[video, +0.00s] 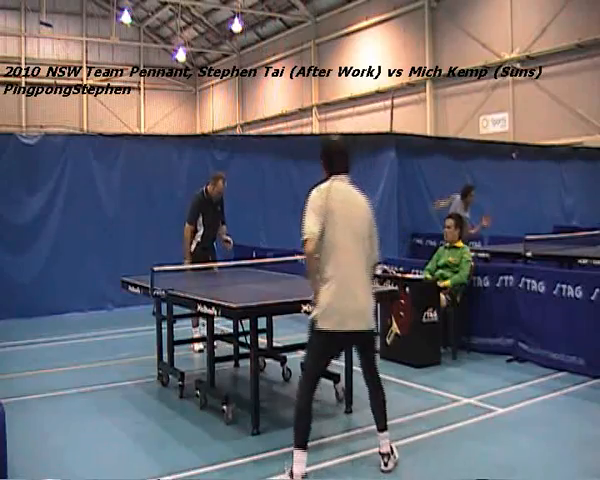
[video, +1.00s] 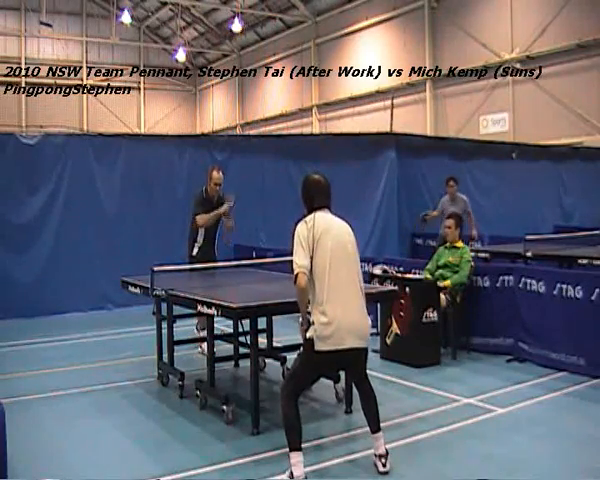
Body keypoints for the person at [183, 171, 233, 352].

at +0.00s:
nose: (220, 193)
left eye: (222, 190)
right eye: (218, 190)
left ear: (222, 189)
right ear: (210, 186)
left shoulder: (219, 199)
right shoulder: (199, 200)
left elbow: (220, 221)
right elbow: (189, 228)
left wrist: (224, 236)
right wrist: (187, 258)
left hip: (210, 247)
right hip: (196, 248)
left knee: (213, 284)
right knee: (195, 289)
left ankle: (211, 330)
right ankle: (196, 332)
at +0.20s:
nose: (219, 192)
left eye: (221, 189)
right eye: (217, 188)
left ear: (222, 188)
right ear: (209, 185)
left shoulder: (220, 200)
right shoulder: (197, 198)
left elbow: (223, 221)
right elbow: (184, 222)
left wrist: (221, 232)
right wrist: (180, 251)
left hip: (210, 250)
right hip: (195, 251)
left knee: (210, 289)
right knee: (195, 290)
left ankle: (206, 329)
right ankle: (196, 330)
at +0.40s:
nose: (220, 186)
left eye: (222, 183)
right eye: (217, 183)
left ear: (223, 183)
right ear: (209, 181)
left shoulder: (221, 199)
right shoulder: (198, 197)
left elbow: (224, 223)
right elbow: (182, 215)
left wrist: (221, 237)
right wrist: (179, 243)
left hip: (211, 250)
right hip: (196, 251)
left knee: (211, 293)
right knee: (198, 293)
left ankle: (206, 336)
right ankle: (201, 335)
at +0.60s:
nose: (219, 186)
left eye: (222, 182)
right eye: (217, 182)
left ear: (224, 183)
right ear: (209, 181)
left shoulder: (222, 200)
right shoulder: (199, 198)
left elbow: (225, 225)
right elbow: (180, 216)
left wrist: (225, 240)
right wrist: (186, 240)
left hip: (211, 251)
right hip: (197, 251)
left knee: (211, 293)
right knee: (200, 294)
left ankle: (207, 335)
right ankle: (202, 335)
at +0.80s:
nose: (218, 188)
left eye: (221, 185)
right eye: (215, 185)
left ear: (223, 185)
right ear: (208, 183)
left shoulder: (222, 200)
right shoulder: (199, 200)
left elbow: (227, 226)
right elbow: (186, 222)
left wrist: (227, 241)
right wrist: (204, 231)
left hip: (211, 250)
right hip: (197, 251)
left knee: (212, 293)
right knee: (199, 294)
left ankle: (209, 334)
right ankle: (202, 334)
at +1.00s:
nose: (217, 188)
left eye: (220, 184)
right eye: (215, 184)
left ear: (223, 183)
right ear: (208, 181)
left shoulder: (220, 198)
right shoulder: (201, 197)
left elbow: (226, 225)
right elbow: (200, 220)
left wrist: (227, 219)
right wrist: (221, 210)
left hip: (211, 250)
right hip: (197, 250)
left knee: (210, 291)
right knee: (201, 293)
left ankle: (204, 328)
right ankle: (201, 331)